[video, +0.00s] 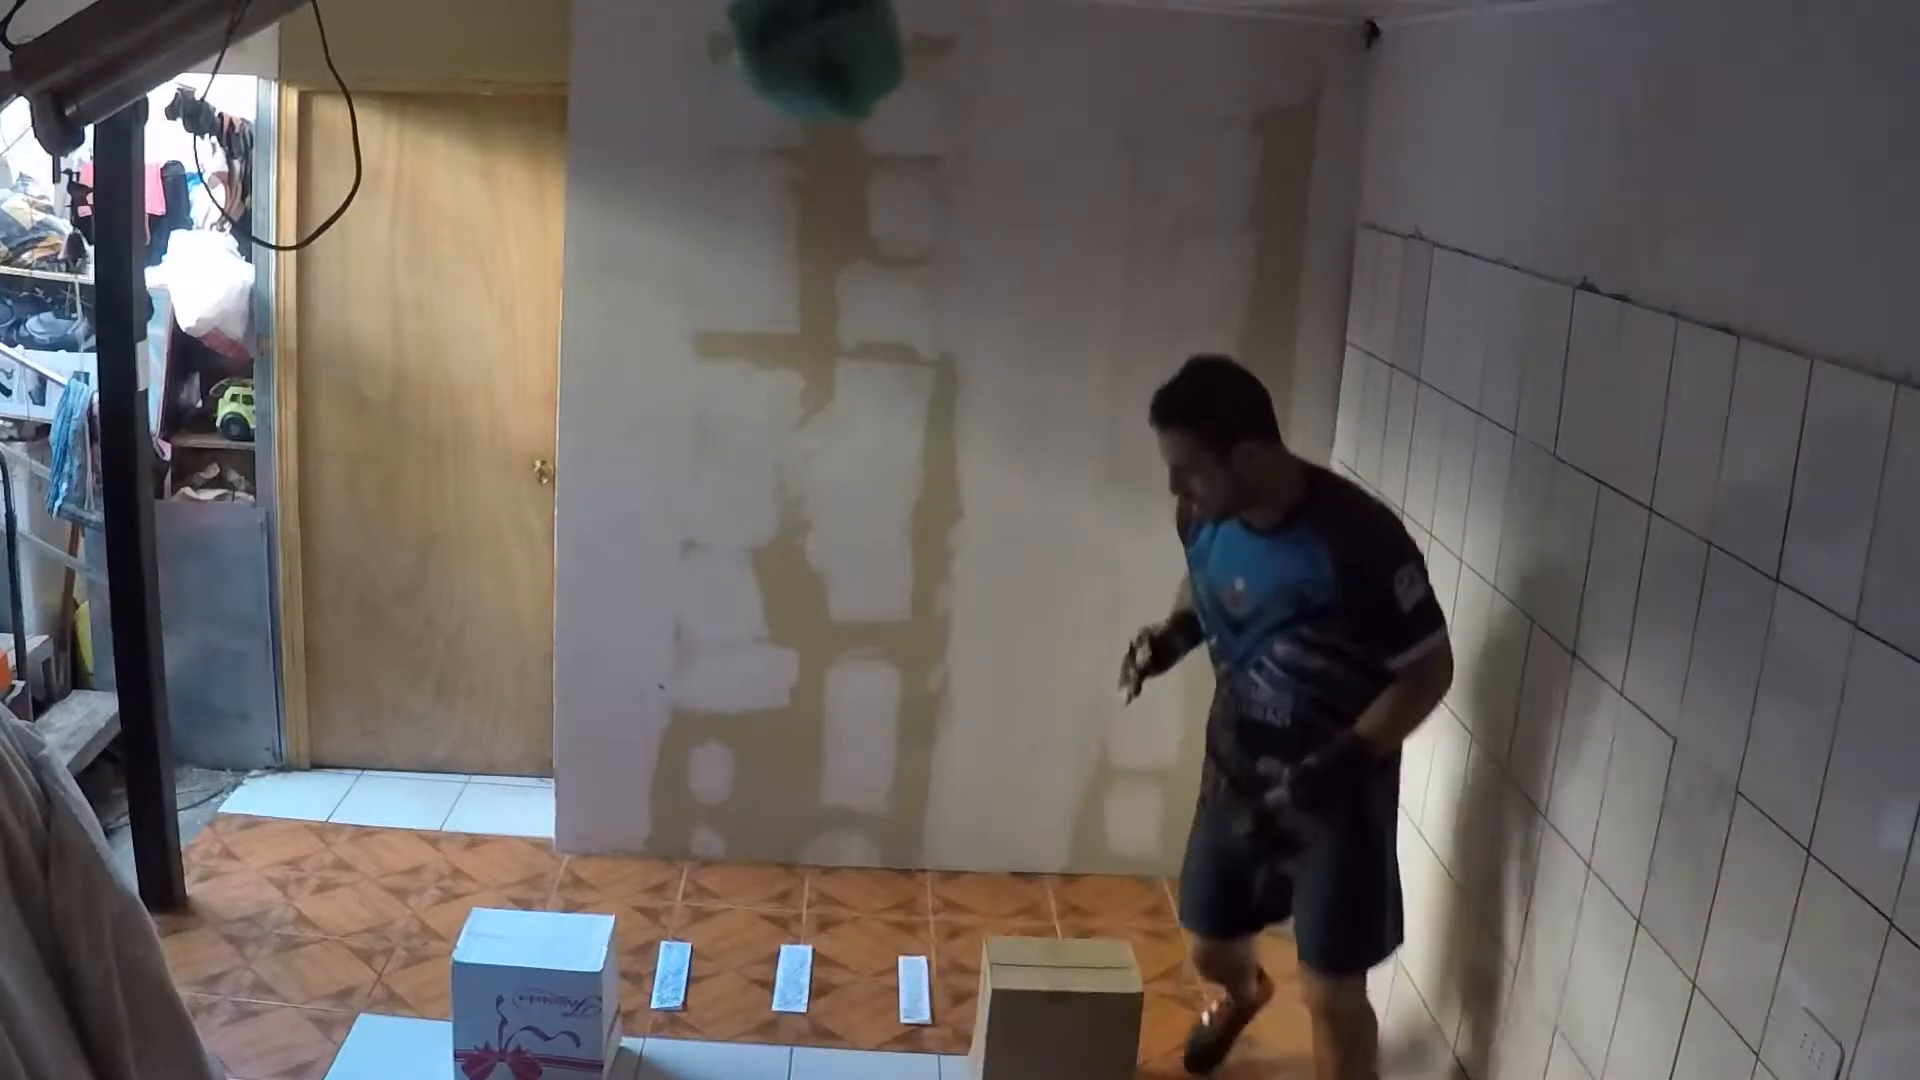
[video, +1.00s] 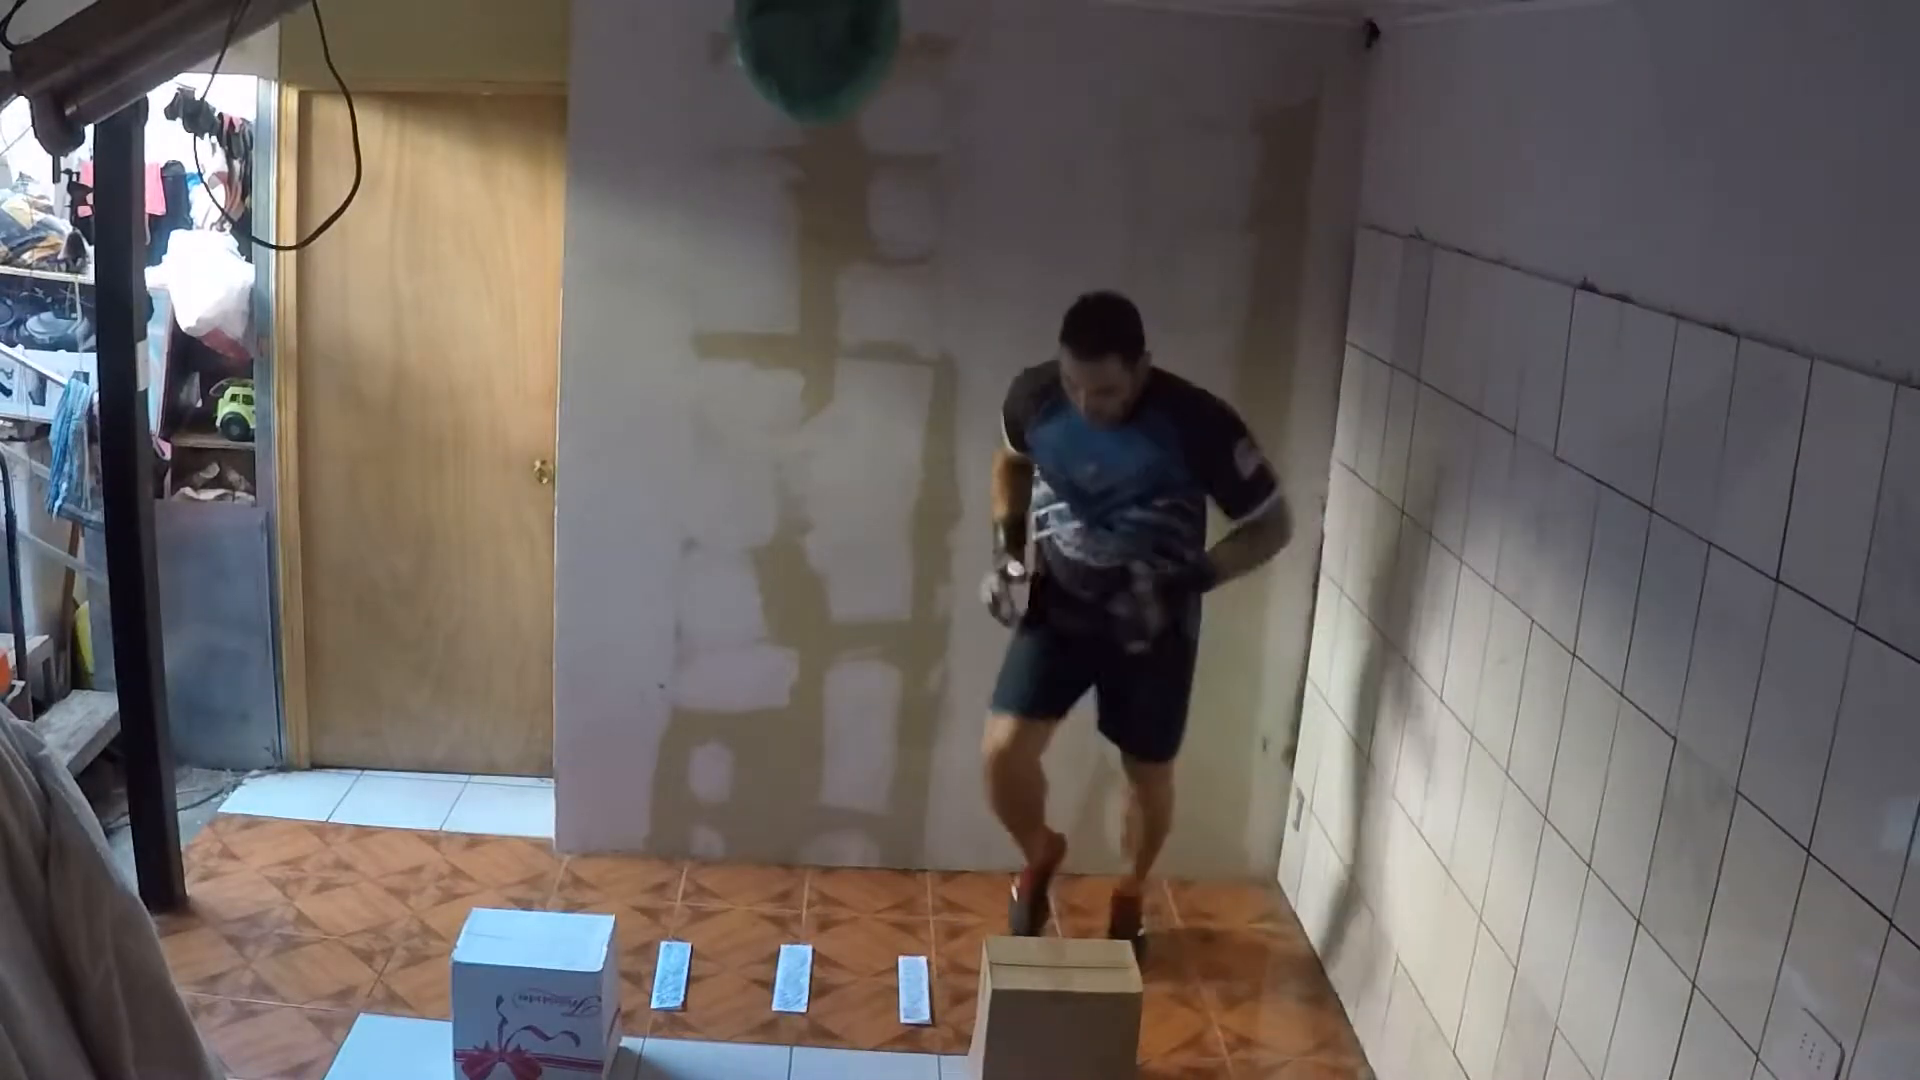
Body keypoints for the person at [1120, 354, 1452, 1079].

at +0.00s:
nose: (1179, 494)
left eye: (1187, 475)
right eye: (1172, 477)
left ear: (1243, 454)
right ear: (1234, 454)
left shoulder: (1361, 529)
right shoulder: (1203, 518)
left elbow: (1431, 669)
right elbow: (1222, 594)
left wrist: (1346, 755)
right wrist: (1173, 636)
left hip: (1336, 779)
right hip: (1235, 767)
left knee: (1332, 987)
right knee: (1213, 949)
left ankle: (1355, 1072)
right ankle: (1245, 996)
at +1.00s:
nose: (1092, 405)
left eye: (1107, 393)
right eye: (1080, 389)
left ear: (1139, 368)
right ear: (1062, 364)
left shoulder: (1197, 422)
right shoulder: (1033, 400)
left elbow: (1273, 523)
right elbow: (1013, 460)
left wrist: (1192, 577)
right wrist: (1010, 552)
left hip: (1154, 608)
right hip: (1061, 597)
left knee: (1146, 777)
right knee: (1004, 751)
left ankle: (1129, 893)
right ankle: (1040, 852)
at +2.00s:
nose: (822, 381)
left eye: (838, 369)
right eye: (811, 367)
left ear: (870, 346)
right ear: (796, 344)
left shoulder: (918, 393)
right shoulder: (776, 380)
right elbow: (750, 422)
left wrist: (920, 545)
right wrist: (757, 503)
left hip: (895, 581)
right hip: (806, 567)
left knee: (887, 751)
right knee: (744, 669)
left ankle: (890, 885)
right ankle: (777, 783)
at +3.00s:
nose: (555, 443)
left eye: (573, 426)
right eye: (540, 425)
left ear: (603, 412)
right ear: (522, 413)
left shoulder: (657, 470)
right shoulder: (491, 476)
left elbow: (710, 551)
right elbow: (443, 552)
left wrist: (684, 653)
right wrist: (443, 654)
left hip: (627, 649)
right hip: (528, 648)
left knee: (639, 821)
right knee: (501, 812)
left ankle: (616, 917)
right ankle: (519, 926)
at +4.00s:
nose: (544, 403)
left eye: (562, 388)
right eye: (525, 386)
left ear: (583, 402)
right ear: (489, 403)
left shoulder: (633, 510)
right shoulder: (435, 523)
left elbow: (677, 620)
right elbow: (373, 664)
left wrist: (683, 740)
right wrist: (446, 738)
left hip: (590, 769)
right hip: (471, 775)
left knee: (658, 962)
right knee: (429, 985)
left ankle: (679, 1075)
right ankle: (405, 1058)